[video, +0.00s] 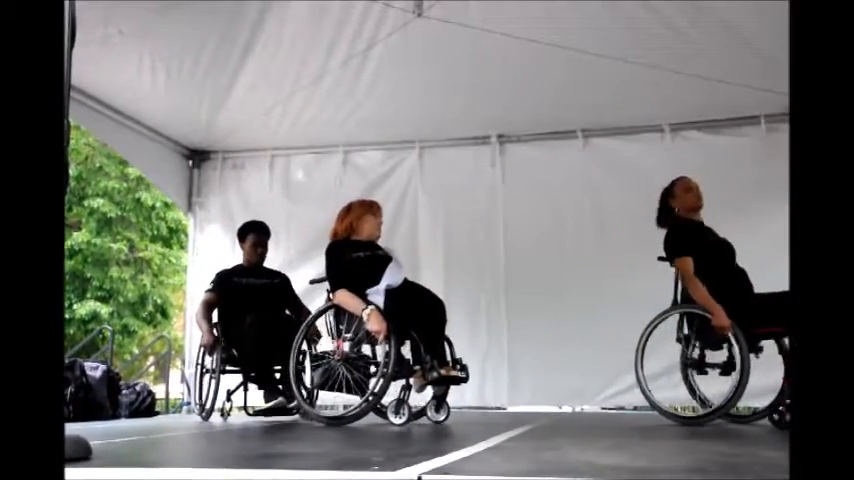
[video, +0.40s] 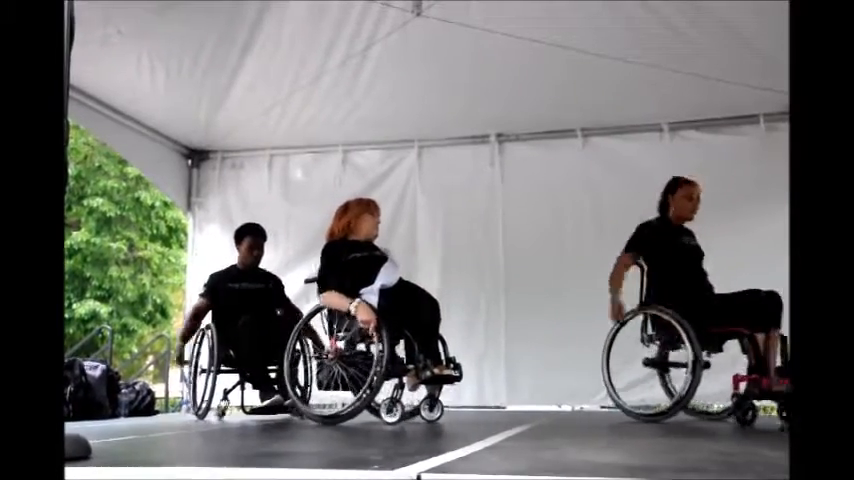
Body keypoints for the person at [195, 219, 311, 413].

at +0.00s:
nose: (261, 250)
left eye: (264, 245)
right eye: (255, 245)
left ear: (268, 246)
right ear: (242, 244)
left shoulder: (279, 280)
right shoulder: (226, 278)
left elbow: (300, 309)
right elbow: (204, 308)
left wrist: (310, 326)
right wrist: (207, 333)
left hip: (273, 339)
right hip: (239, 341)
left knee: (291, 327)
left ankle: (291, 392)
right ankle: (271, 393)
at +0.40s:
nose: (257, 253)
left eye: (260, 248)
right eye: (252, 248)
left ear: (264, 249)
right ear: (238, 247)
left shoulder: (271, 282)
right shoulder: (219, 280)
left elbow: (292, 314)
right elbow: (197, 314)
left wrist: (318, 343)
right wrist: (181, 344)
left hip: (267, 342)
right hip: (233, 345)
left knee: (288, 323)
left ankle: (287, 393)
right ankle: (268, 393)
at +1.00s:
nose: (248, 261)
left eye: (252, 256)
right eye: (243, 255)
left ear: (255, 255)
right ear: (231, 253)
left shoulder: (262, 280)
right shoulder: (214, 280)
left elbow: (299, 274)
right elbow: (181, 283)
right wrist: (185, 254)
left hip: (255, 342)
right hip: (223, 346)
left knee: (273, 325)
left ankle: (277, 392)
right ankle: (257, 393)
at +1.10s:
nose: (247, 260)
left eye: (250, 255)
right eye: (242, 255)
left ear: (254, 255)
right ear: (230, 254)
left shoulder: (260, 281)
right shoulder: (214, 281)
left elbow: (293, 281)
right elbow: (185, 290)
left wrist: (310, 262)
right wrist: (196, 269)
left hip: (255, 341)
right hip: (224, 344)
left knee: (272, 327)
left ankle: (276, 393)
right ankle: (255, 392)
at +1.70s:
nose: (252, 273)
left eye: (256, 269)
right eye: (248, 268)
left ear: (259, 268)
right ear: (236, 266)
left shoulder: (261, 295)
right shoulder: (214, 288)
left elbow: (280, 323)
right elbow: (183, 306)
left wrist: (286, 348)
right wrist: (191, 330)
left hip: (245, 349)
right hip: (213, 350)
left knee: (268, 334)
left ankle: (270, 393)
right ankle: (251, 393)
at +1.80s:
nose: (253, 276)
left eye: (257, 272)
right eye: (249, 271)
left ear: (261, 271)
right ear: (237, 269)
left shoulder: (262, 297)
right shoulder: (215, 289)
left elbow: (280, 323)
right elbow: (184, 304)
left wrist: (285, 346)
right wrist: (190, 329)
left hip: (244, 351)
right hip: (212, 352)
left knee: (270, 334)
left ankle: (269, 392)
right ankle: (252, 392)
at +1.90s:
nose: (255, 278)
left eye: (259, 274)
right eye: (251, 273)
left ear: (262, 273)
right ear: (239, 270)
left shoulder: (264, 297)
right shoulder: (215, 290)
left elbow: (281, 323)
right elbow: (184, 304)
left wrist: (285, 347)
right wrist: (192, 329)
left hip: (245, 351)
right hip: (213, 352)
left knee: (272, 339)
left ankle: (272, 395)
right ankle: (255, 394)